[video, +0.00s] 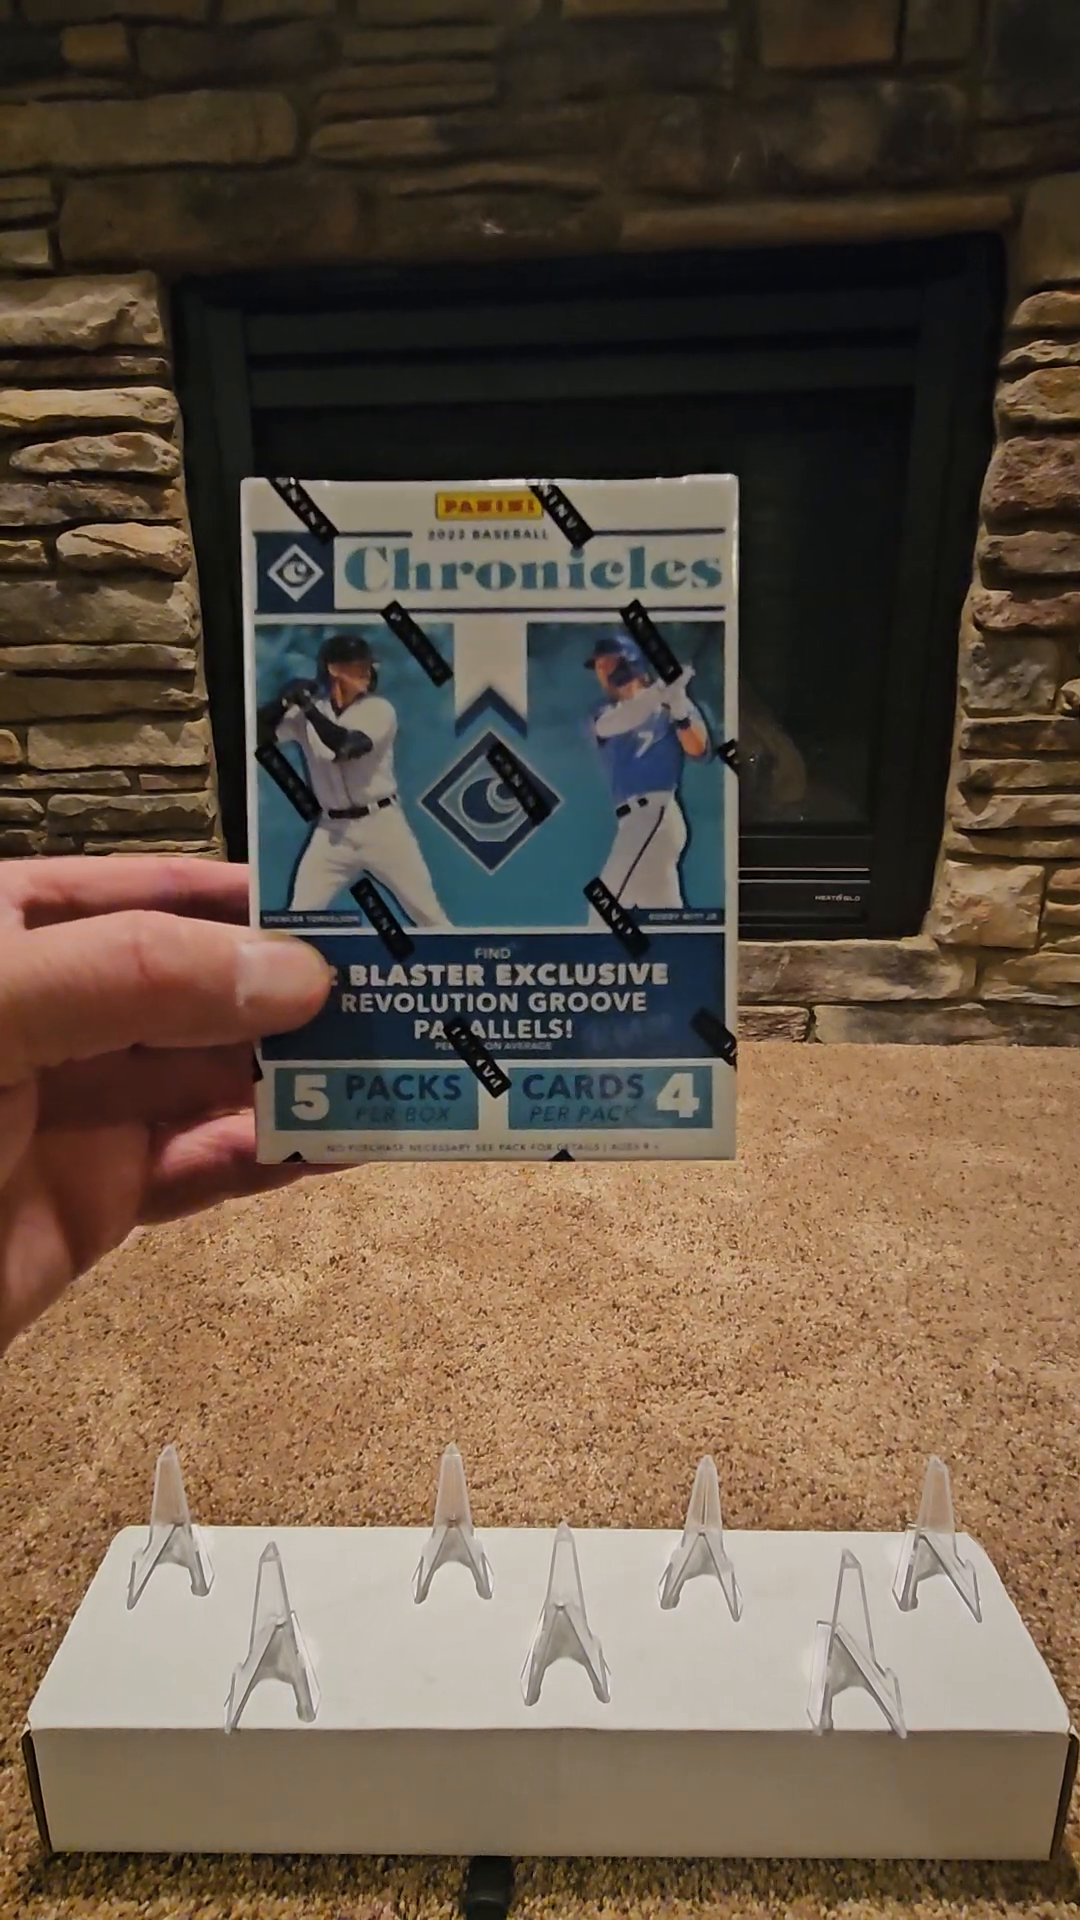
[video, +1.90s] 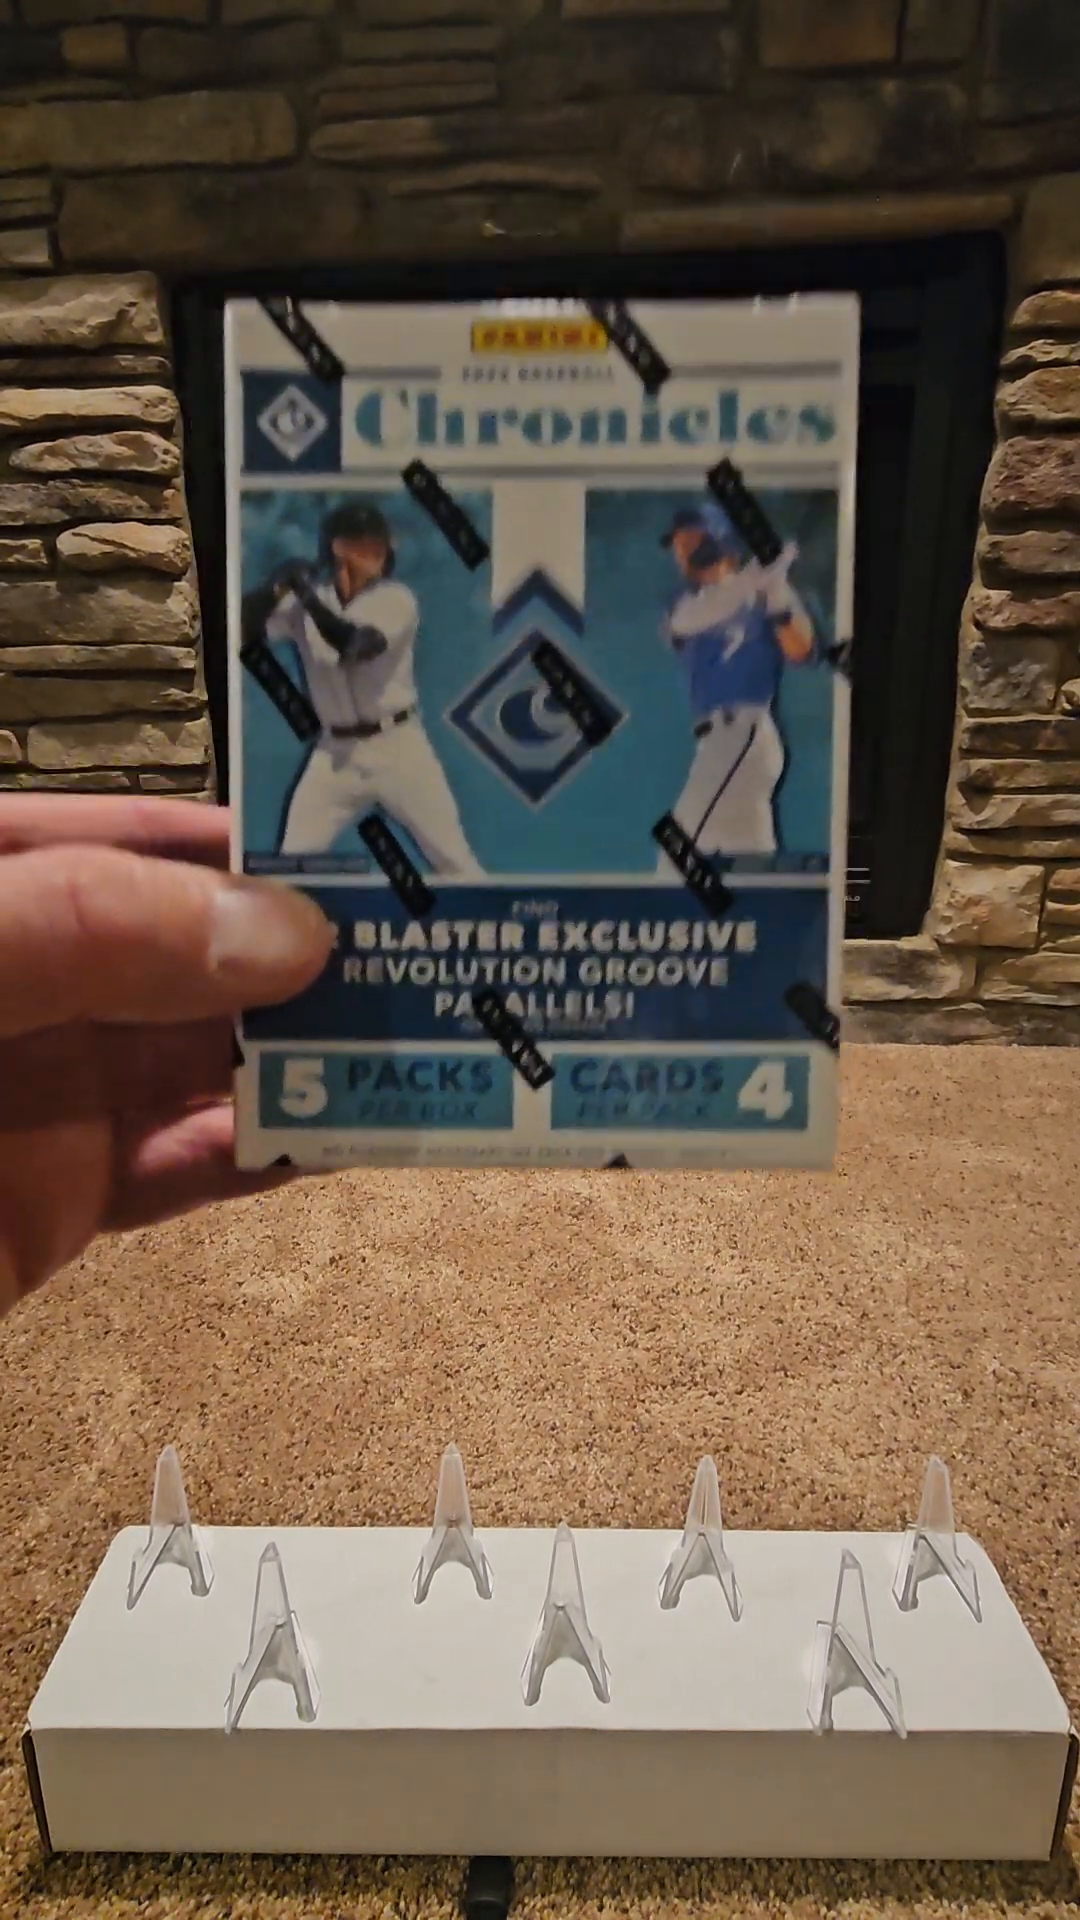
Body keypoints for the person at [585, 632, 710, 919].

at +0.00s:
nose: (604, 673)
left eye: (611, 663)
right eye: (600, 666)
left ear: (631, 664)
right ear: (596, 673)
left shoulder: (672, 702)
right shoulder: (601, 714)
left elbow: (699, 750)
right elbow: (624, 720)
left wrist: (679, 707)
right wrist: (662, 689)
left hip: (656, 816)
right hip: (632, 820)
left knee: (605, 906)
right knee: (665, 919)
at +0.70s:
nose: (605, 631)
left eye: (613, 620)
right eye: (601, 623)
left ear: (636, 621)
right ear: (598, 630)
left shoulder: (678, 664)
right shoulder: (606, 676)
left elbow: (705, 716)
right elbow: (625, 682)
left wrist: (686, 667)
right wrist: (666, 651)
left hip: (659, 785)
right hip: (632, 789)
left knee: (602, 881)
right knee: (663, 894)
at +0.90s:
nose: (597, 579)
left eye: (604, 569)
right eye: (593, 571)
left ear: (628, 569)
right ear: (590, 576)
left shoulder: (673, 610)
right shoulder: (595, 623)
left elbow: (703, 663)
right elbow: (619, 629)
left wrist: (682, 611)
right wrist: (660, 595)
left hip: (655, 738)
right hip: (626, 743)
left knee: (597, 841)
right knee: (663, 853)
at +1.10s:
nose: (622, 558)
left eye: (630, 547)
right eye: (617, 550)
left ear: (656, 549)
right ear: (613, 556)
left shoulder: (699, 592)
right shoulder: (622, 606)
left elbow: (732, 649)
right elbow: (642, 614)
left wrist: (710, 594)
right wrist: (682, 583)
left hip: (682, 727)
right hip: (653, 731)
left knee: (621, 835)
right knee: (693, 848)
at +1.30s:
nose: (644, 525)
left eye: (653, 513)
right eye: (641, 516)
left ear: (681, 514)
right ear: (638, 521)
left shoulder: (735, 562)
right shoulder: (652, 575)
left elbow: (765, 621)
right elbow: (655, 590)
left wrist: (742, 562)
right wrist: (718, 546)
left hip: (711, 704)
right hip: (682, 709)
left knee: (647, 819)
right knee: (721, 833)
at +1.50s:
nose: (679, 509)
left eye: (688, 496)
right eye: (674, 500)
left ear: (717, 497)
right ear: (670, 506)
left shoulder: (769, 547)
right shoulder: (680, 562)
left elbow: (801, 609)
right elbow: (698, 572)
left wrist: (777, 546)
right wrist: (757, 528)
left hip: (744, 697)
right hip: (713, 702)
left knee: (676, 816)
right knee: (753, 832)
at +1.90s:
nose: (683, 554)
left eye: (692, 541)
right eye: (678, 545)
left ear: (719, 544)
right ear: (675, 555)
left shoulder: (763, 590)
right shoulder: (686, 607)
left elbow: (800, 651)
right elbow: (692, 620)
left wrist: (776, 589)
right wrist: (755, 576)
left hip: (746, 733)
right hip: (714, 737)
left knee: (680, 849)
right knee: (749, 863)